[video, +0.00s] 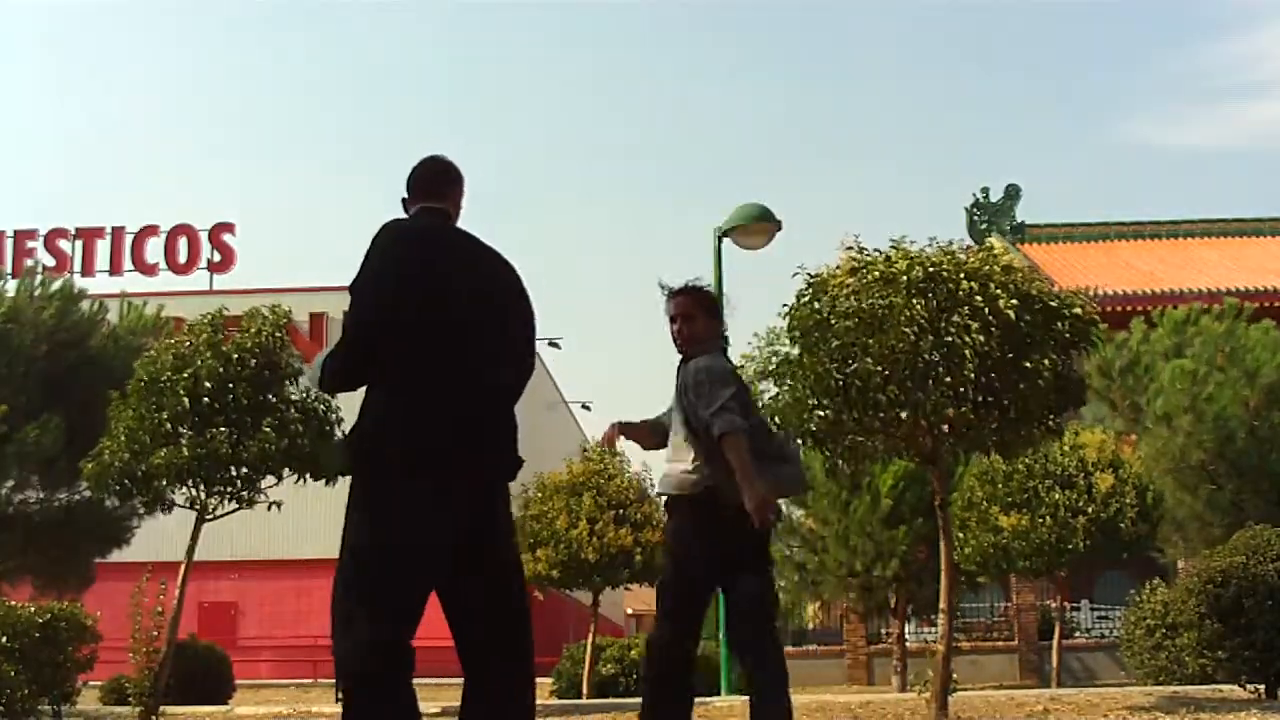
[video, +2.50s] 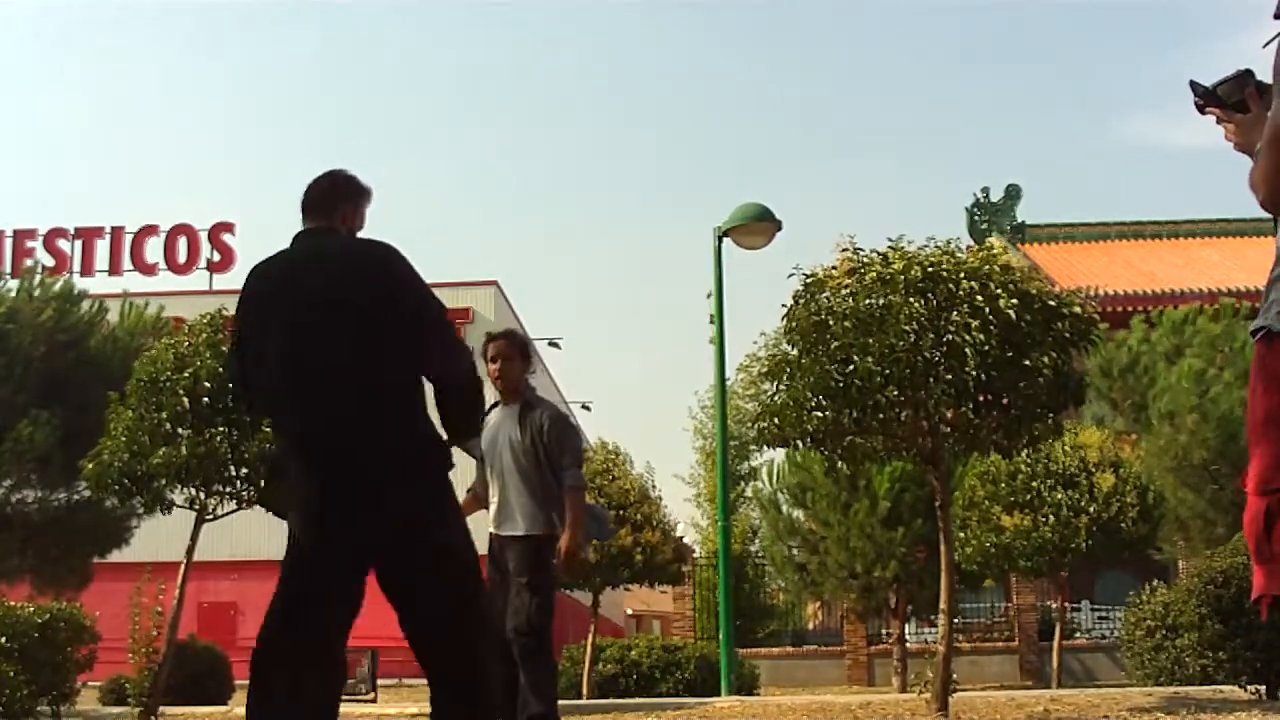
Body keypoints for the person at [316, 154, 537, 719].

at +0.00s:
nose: (419, 210)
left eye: (412, 202)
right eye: (442, 199)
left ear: (406, 201)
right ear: (460, 201)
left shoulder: (394, 244)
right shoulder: (499, 270)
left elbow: (362, 353)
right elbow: (518, 365)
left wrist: (328, 371)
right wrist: (473, 404)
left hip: (396, 472)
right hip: (478, 476)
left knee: (370, 636)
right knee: (498, 642)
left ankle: (383, 719)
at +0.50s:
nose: (341, 205)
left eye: (334, 198)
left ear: (333, 197)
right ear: (387, 190)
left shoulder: (327, 250)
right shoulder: (441, 254)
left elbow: (298, 375)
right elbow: (472, 353)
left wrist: (267, 388)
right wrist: (433, 402)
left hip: (368, 462)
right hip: (451, 459)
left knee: (374, 632)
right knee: (468, 633)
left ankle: (385, 718)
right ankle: (483, 717)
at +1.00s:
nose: (328, 206)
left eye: (323, 199)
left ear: (319, 198)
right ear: (375, 195)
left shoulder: (302, 258)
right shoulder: (424, 254)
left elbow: (277, 392)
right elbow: (472, 360)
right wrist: (488, 444)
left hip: (350, 483)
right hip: (435, 474)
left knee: (368, 650)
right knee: (469, 639)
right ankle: (485, 717)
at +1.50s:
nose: (371, 218)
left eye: (363, 210)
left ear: (361, 210)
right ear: (413, 211)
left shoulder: (342, 269)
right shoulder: (456, 274)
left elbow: (317, 387)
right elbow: (491, 385)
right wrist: (473, 464)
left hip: (371, 475)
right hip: (450, 475)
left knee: (379, 647)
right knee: (467, 640)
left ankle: (386, 714)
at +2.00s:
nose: (345, 212)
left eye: (336, 203)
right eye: (371, 200)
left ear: (331, 203)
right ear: (385, 202)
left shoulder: (306, 258)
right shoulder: (425, 258)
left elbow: (273, 353)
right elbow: (481, 355)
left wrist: (324, 394)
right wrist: (508, 425)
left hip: (344, 465)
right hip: (425, 459)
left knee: (358, 629)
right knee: (447, 625)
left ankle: (370, 715)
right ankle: (468, 715)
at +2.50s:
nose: (362, 228)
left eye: (363, 220)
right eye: (362, 219)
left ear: (304, 213)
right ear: (349, 214)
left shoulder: (263, 279)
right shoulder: (380, 261)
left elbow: (249, 383)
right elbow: (453, 365)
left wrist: (301, 422)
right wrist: (460, 430)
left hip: (319, 486)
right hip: (405, 479)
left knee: (299, 643)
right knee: (459, 639)